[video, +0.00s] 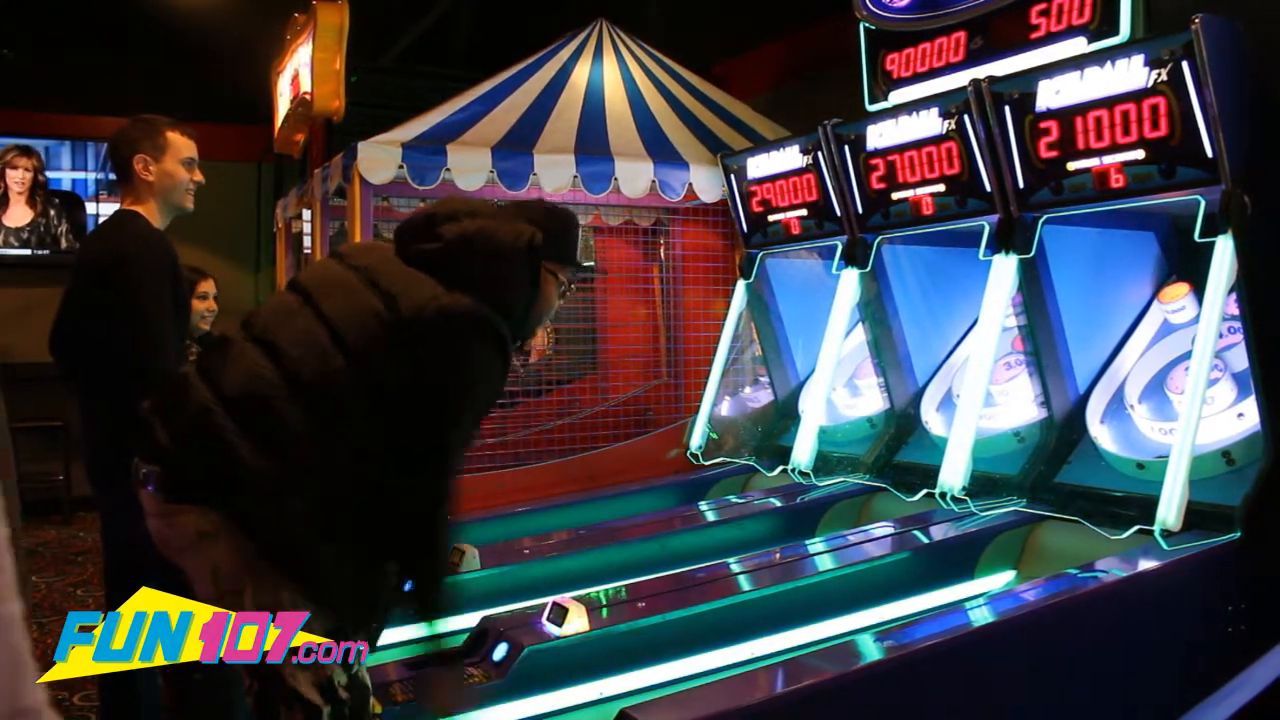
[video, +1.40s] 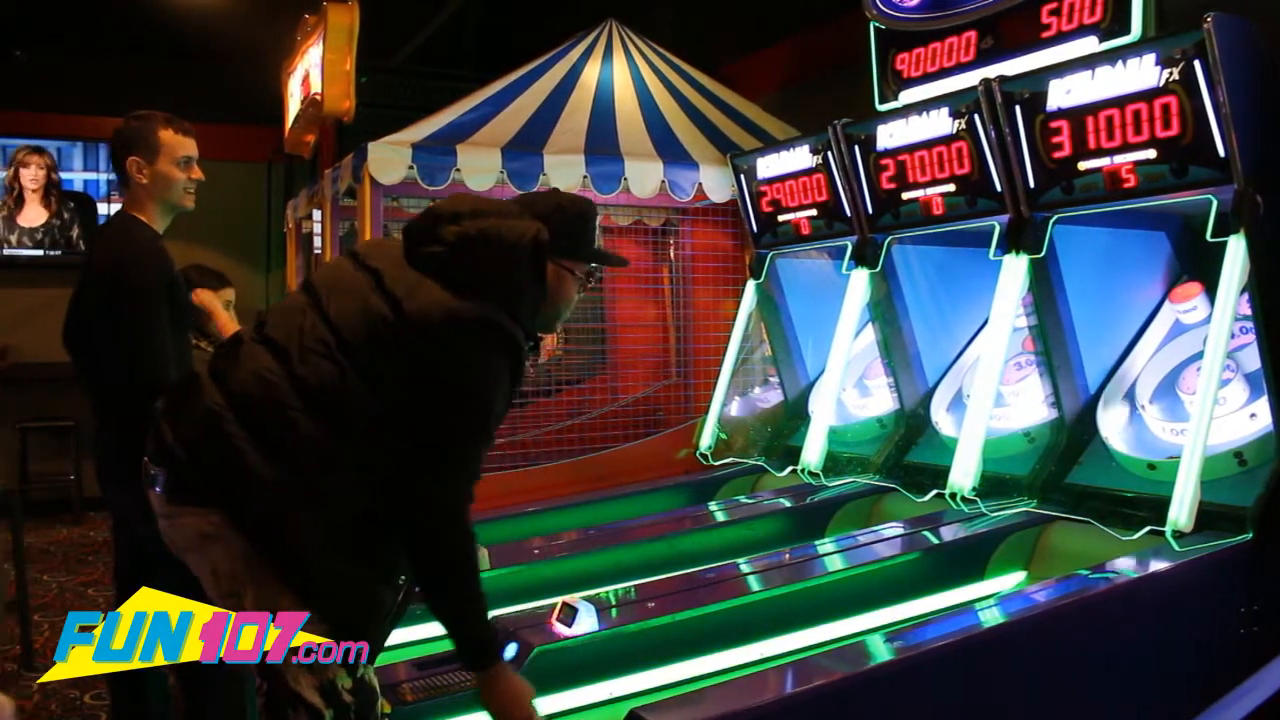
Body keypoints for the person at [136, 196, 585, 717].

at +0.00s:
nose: (557, 304)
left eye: (562, 287)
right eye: (558, 283)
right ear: (526, 265)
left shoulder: (371, 258)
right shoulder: (470, 332)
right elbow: (422, 475)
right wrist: (430, 595)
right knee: (323, 693)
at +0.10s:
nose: (561, 295)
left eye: (565, 280)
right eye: (560, 277)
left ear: (480, 248)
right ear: (528, 265)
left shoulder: (368, 259)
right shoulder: (475, 335)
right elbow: (501, 483)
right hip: (252, 517)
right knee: (320, 692)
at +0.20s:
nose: (564, 291)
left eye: (568, 275)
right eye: (562, 273)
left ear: (467, 242)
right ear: (529, 263)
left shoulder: (362, 260)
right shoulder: (487, 334)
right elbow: (568, 464)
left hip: (175, 479)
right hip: (255, 521)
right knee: (318, 696)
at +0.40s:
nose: (569, 286)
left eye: (571, 270)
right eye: (565, 268)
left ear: (476, 242)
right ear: (526, 257)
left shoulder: (375, 262)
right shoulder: (486, 324)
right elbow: (556, 472)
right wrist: (675, 544)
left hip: (191, 478)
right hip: (253, 511)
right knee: (330, 695)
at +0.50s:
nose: (571, 292)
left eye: (575, 277)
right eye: (567, 274)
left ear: (490, 244)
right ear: (532, 266)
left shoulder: (381, 264)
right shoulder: (482, 328)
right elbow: (529, 492)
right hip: (253, 510)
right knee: (330, 691)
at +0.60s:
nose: (579, 298)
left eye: (584, 283)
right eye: (576, 280)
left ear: (501, 256)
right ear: (536, 269)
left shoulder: (388, 261)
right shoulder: (486, 335)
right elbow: (501, 513)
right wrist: (570, 655)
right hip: (250, 504)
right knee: (334, 694)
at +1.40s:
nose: (581, 295)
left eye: (586, 280)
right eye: (578, 277)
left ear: (514, 251)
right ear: (541, 265)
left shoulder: (402, 257)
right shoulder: (479, 334)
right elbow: (435, 510)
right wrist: (489, 665)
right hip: (244, 504)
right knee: (323, 688)